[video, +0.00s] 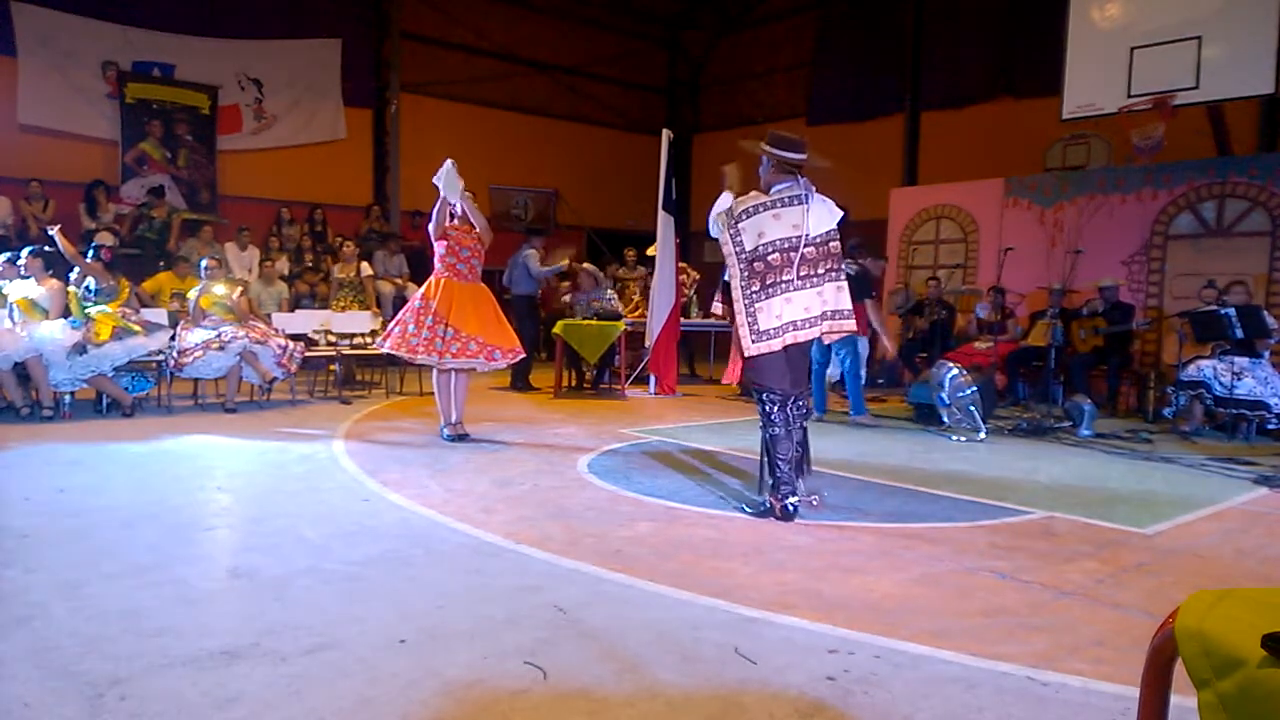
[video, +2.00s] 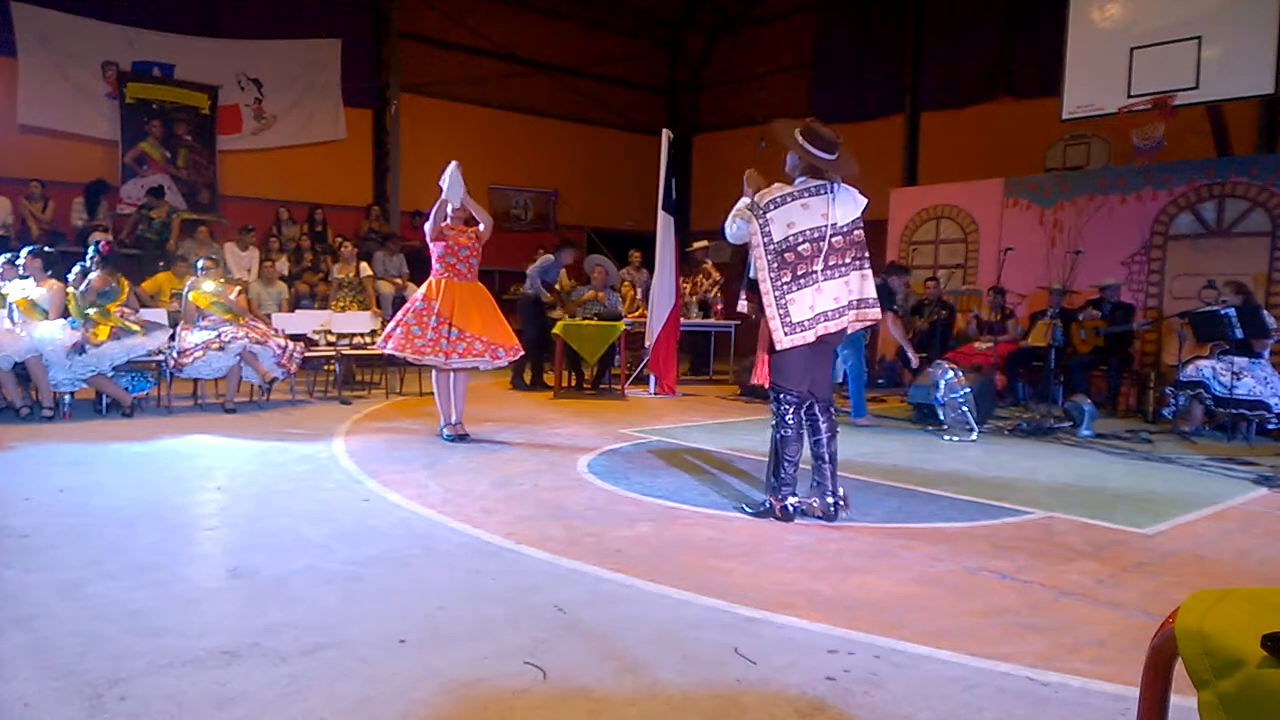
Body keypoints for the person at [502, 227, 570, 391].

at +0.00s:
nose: (543, 244)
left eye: (543, 240)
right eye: (542, 240)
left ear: (528, 239)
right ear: (535, 240)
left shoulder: (516, 256)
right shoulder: (530, 253)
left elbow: (506, 280)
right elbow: (537, 272)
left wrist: (522, 285)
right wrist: (562, 266)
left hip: (516, 298)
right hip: (528, 299)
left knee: (523, 338)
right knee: (530, 338)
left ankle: (518, 376)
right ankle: (522, 378)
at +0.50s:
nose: (545, 246)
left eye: (545, 242)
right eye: (543, 242)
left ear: (530, 241)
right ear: (536, 241)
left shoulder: (516, 255)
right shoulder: (533, 255)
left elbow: (505, 277)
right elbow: (535, 275)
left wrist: (520, 287)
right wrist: (559, 288)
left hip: (516, 298)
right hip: (528, 298)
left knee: (521, 338)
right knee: (528, 339)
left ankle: (517, 376)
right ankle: (522, 377)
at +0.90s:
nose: (559, 257)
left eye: (560, 253)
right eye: (558, 252)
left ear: (548, 248)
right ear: (551, 249)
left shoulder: (527, 257)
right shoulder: (541, 259)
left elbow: (512, 275)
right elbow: (531, 278)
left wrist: (524, 288)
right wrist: (545, 297)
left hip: (517, 299)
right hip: (527, 299)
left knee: (527, 339)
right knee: (531, 340)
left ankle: (525, 376)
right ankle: (527, 378)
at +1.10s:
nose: (568, 263)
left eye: (569, 259)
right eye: (568, 258)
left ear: (561, 256)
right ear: (561, 255)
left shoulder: (542, 261)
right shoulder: (549, 261)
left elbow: (522, 275)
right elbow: (534, 275)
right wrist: (547, 296)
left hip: (528, 298)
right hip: (527, 299)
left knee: (533, 341)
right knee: (530, 341)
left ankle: (537, 377)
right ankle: (523, 379)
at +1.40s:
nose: (577, 263)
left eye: (578, 259)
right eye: (576, 258)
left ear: (570, 258)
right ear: (570, 255)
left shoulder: (560, 268)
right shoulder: (556, 260)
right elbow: (539, 271)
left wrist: (552, 297)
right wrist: (551, 293)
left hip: (540, 300)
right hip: (531, 299)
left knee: (539, 341)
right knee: (529, 340)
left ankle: (538, 377)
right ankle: (520, 378)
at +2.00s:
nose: (572, 260)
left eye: (574, 256)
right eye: (571, 255)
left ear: (567, 255)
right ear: (564, 252)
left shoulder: (558, 268)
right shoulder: (549, 259)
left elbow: (551, 285)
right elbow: (532, 272)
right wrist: (543, 294)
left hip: (538, 301)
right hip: (528, 300)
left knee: (541, 340)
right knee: (529, 338)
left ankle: (537, 376)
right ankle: (517, 376)